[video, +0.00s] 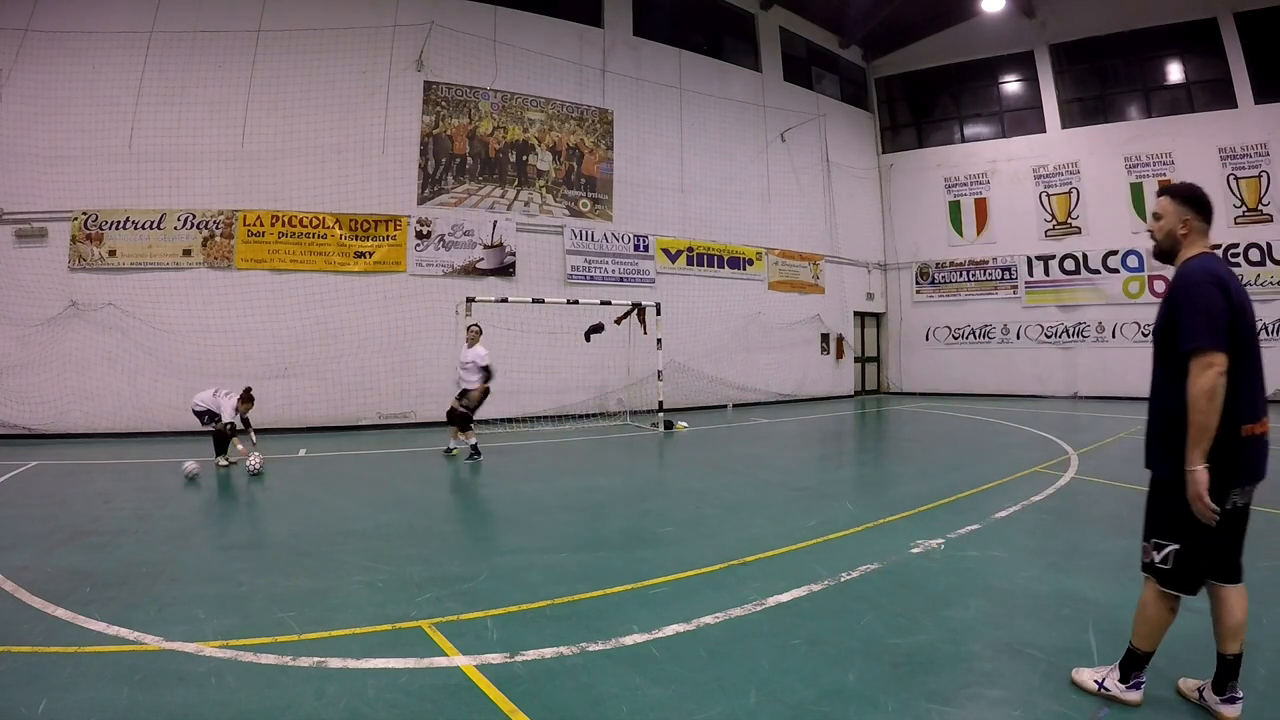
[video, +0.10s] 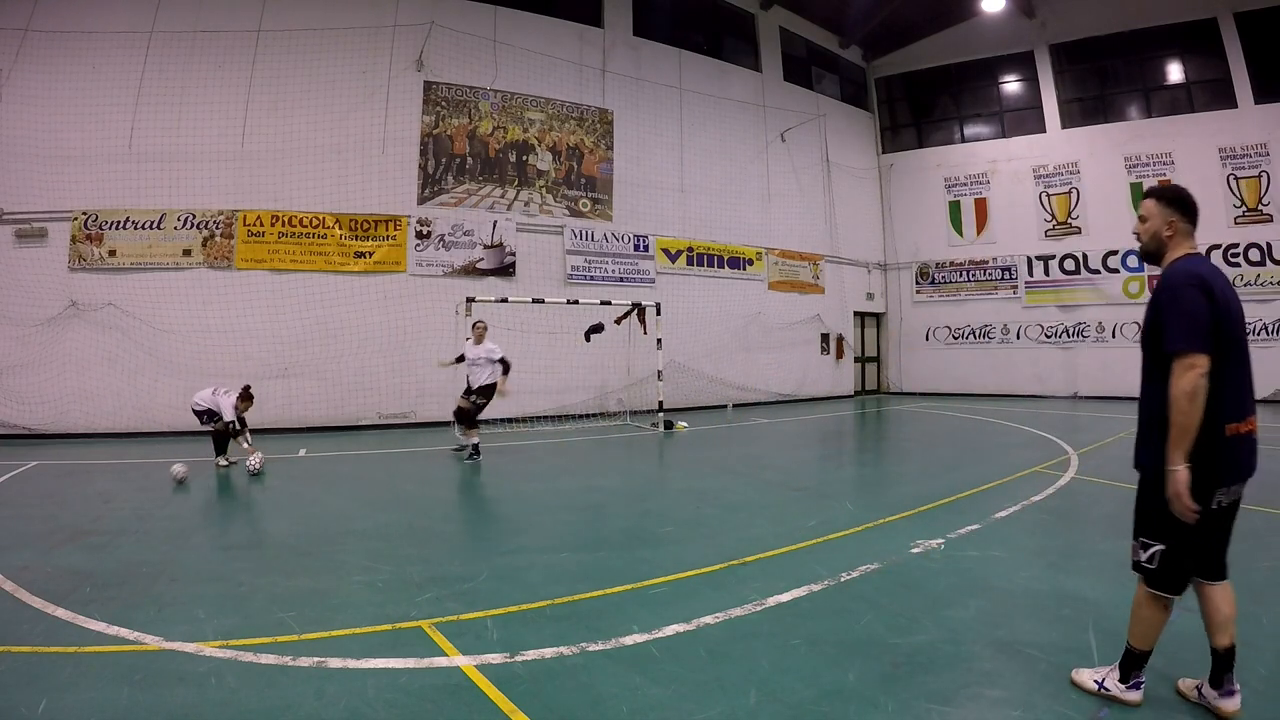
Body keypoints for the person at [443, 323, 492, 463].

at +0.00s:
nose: (473, 334)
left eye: (476, 333)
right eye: (471, 331)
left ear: (479, 336)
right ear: (467, 333)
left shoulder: (481, 352)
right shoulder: (465, 347)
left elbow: (488, 373)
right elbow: (466, 367)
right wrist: (461, 380)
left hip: (476, 389)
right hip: (465, 387)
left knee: (462, 417)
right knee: (452, 414)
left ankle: (475, 450)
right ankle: (452, 446)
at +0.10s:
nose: (480, 331)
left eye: (482, 329)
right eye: (477, 328)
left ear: (486, 332)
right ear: (473, 331)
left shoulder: (490, 348)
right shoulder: (469, 344)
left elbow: (506, 364)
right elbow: (465, 356)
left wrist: (501, 383)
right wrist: (451, 362)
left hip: (487, 386)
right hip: (472, 385)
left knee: (469, 414)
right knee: (459, 413)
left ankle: (475, 449)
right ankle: (466, 442)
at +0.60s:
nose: (524, 326)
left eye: (526, 324)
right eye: (521, 324)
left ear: (529, 328)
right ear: (515, 328)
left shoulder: (535, 342)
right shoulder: (508, 344)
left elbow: (543, 360)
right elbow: (500, 362)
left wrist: (546, 380)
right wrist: (507, 379)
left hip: (534, 382)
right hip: (516, 382)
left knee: (535, 412)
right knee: (513, 413)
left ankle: (543, 438)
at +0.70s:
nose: (531, 329)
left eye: (533, 327)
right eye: (528, 327)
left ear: (536, 330)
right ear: (522, 330)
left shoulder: (543, 343)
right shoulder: (515, 345)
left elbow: (550, 362)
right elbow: (506, 362)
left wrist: (553, 382)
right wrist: (510, 382)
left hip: (541, 383)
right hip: (523, 383)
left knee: (545, 412)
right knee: (524, 414)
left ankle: (554, 436)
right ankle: (525, 444)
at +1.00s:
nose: (562, 341)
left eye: (564, 339)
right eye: (559, 339)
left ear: (567, 341)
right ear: (554, 342)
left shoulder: (574, 354)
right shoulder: (546, 355)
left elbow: (583, 370)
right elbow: (535, 367)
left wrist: (584, 389)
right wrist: (529, 385)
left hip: (572, 387)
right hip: (553, 387)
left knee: (577, 415)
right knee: (547, 416)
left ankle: (586, 442)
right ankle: (534, 444)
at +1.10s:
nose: (572, 336)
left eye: (574, 334)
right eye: (569, 334)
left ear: (577, 336)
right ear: (563, 337)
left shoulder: (583, 350)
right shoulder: (556, 351)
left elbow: (591, 366)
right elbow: (545, 365)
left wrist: (594, 385)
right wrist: (542, 386)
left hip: (579, 383)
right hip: (561, 383)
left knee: (584, 411)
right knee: (559, 412)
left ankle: (589, 439)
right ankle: (557, 440)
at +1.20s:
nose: (580, 333)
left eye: (582, 330)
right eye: (577, 330)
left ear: (585, 333)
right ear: (571, 334)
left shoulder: (590, 348)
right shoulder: (563, 348)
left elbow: (596, 364)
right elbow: (551, 363)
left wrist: (600, 380)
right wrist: (555, 381)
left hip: (587, 383)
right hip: (569, 384)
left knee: (593, 411)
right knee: (570, 414)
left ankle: (600, 436)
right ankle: (568, 442)